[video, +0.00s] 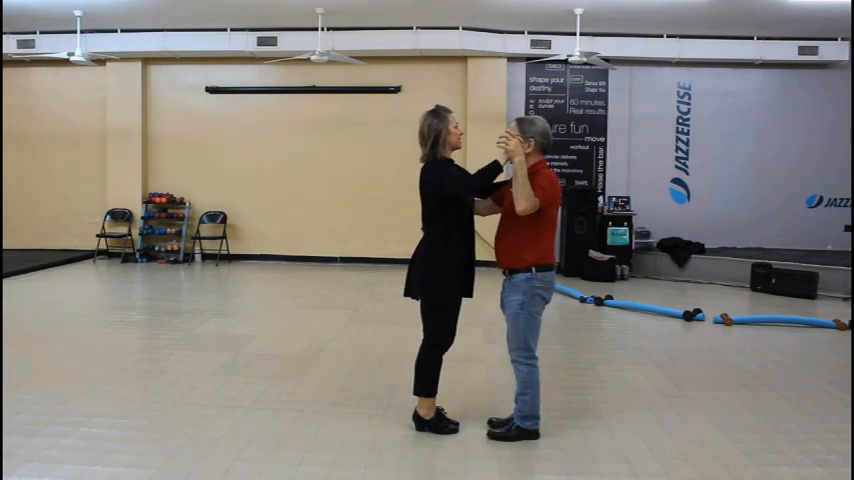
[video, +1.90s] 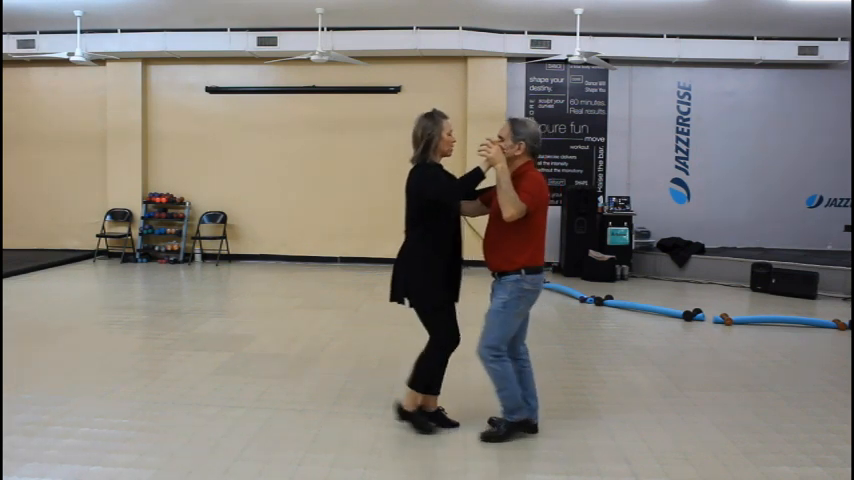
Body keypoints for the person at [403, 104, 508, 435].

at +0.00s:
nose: (461, 131)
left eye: (459, 126)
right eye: (455, 127)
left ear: (442, 132)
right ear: (441, 133)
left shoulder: (443, 167)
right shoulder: (438, 170)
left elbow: (473, 197)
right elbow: (472, 186)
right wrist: (501, 161)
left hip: (444, 267)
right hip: (439, 269)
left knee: (438, 339)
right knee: (436, 340)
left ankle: (427, 407)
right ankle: (424, 412)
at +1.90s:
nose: (453, 139)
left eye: (452, 133)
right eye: (448, 134)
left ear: (432, 138)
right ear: (433, 138)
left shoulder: (436, 173)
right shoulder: (425, 174)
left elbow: (464, 200)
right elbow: (455, 190)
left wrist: (498, 189)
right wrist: (485, 165)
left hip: (435, 270)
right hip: (421, 272)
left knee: (446, 336)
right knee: (445, 337)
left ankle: (429, 406)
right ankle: (410, 404)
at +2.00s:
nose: (446, 138)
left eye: (444, 133)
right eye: (440, 134)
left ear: (423, 140)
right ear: (424, 140)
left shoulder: (429, 176)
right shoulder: (419, 177)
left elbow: (457, 202)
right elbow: (444, 196)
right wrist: (473, 170)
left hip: (431, 274)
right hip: (415, 276)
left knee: (443, 335)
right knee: (437, 336)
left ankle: (428, 406)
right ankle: (376, 392)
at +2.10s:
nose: (435, 138)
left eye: (433, 133)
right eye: (429, 135)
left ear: (415, 142)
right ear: (415, 142)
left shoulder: (421, 179)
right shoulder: (408, 179)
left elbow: (449, 208)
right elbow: (435, 197)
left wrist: (481, 190)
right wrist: (462, 172)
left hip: (426, 278)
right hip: (406, 279)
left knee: (440, 333)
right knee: (408, 349)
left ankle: (428, 406)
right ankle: (344, 391)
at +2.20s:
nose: (424, 141)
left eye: (422, 136)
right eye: (419, 137)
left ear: (403, 144)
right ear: (404, 143)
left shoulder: (409, 180)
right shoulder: (398, 180)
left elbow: (441, 206)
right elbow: (424, 199)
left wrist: (472, 189)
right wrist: (450, 173)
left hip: (414, 278)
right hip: (393, 279)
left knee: (435, 333)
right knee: (378, 347)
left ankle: (427, 407)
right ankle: (321, 400)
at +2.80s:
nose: (421, 136)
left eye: (419, 130)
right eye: (415, 131)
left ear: (400, 137)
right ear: (400, 137)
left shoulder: (410, 172)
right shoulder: (396, 174)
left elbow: (441, 201)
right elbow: (430, 195)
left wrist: (474, 183)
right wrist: (456, 171)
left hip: (417, 272)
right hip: (398, 274)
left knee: (426, 336)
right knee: (406, 340)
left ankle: (409, 407)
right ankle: (346, 391)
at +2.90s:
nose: (429, 131)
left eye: (427, 126)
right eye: (424, 127)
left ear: (409, 133)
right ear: (409, 133)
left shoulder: (416, 169)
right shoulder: (404, 171)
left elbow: (447, 196)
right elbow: (437, 190)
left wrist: (481, 180)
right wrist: (465, 166)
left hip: (416, 266)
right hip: (404, 268)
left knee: (422, 338)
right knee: (425, 338)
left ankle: (409, 406)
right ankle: (382, 395)